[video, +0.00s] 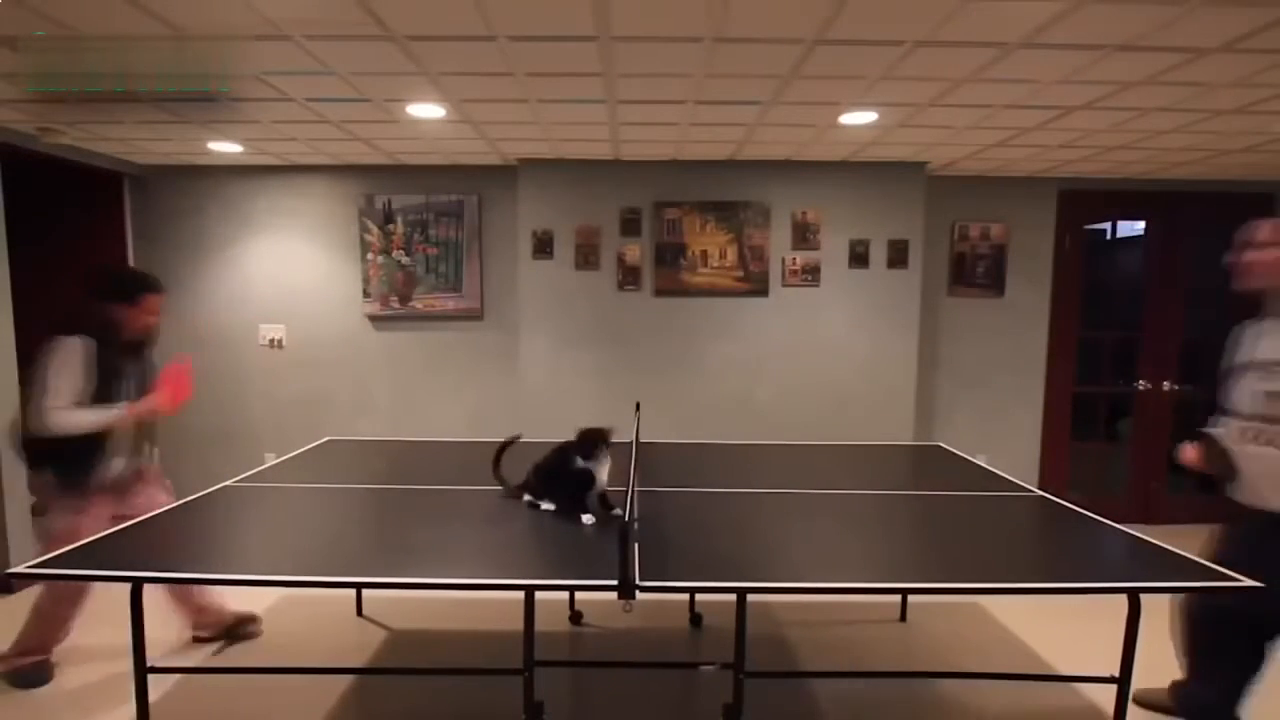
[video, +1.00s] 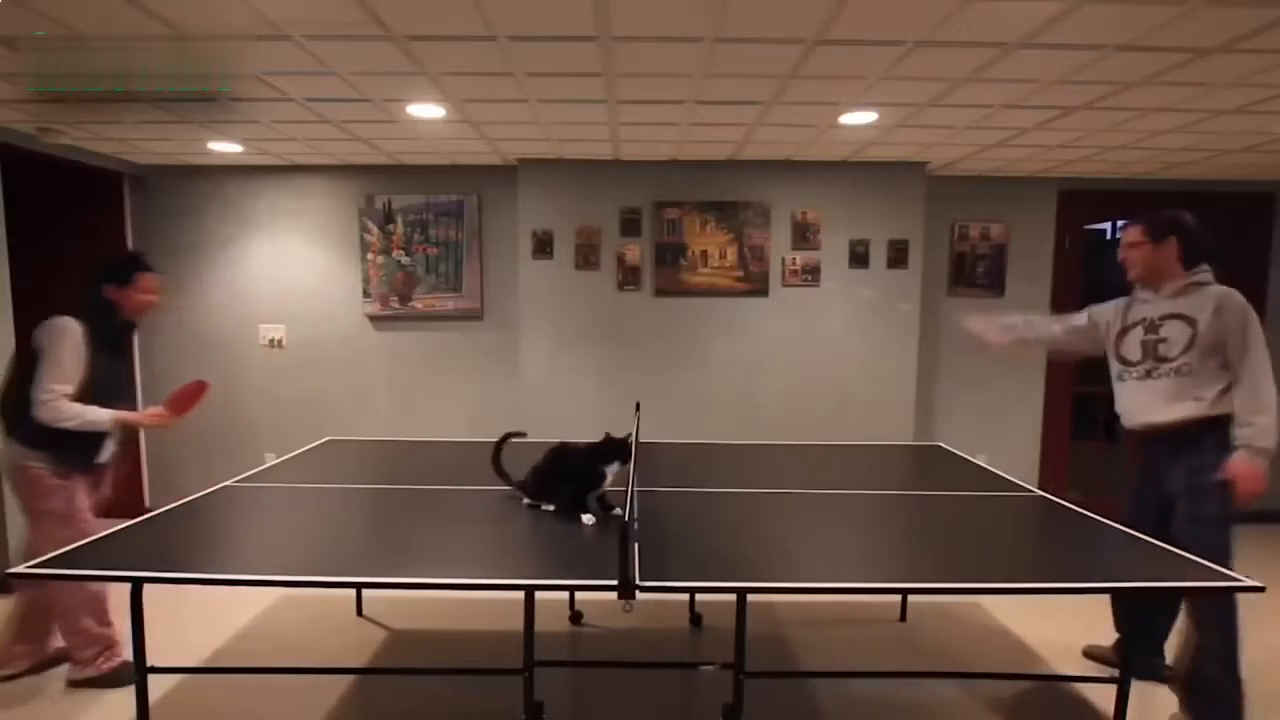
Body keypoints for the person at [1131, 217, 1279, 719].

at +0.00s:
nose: (1245, 257)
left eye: (1260, 246)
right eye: (1244, 246)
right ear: (1239, 259)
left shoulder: (1268, 336)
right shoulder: (1248, 335)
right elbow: (1237, 420)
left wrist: (1215, 448)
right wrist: (1207, 447)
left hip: (1275, 510)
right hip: (1251, 506)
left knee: (1240, 611)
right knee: (1219, 603)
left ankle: (1211, 700)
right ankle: (1202, 693)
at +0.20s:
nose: (1182, 247)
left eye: (1197, 237)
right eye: (1183, 237)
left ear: (1243, 243)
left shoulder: (1276, 311)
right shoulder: (1205, 319)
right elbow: (1199, 395)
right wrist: (1168, 423)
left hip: (1270, 490)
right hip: (1225, 489)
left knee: (1251, 606)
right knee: (1198, 594)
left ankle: (1206, 698)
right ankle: (1197, 692)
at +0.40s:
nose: (1198, 245)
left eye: (1212, 233)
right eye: (1200, 234)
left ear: (1260, 240)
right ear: (1247, 241)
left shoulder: (1277, 313)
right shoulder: (1217, 315)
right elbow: (1201, 389)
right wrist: (1163, 406)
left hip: (1268, 493)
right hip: (1217, 487)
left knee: (1277, 618)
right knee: (1183, 602)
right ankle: (1191, 694)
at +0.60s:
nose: (1172, 273)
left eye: (1183, 261)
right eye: (1172, 262)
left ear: (1223, 260)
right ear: (1216, 264)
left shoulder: (1260, 322)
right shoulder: (1223, 319)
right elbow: (1203, 389)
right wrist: (1139, 398)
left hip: (1234, 484)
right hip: (1199, 479)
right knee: (1165, 570)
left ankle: (1144, 655)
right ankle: (1143, 655)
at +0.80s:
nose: (1129, 269)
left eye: (1137, 258)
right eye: (1127, 258)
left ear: (1171, 259)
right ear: (1165, 262)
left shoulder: (1216, 310)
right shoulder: (1172, 310)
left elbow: (1234, 403)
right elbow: (1148, 349)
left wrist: (1201, 476)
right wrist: (1083, 343)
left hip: (1212, 457)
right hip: (1169, 454)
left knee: (1230, 587)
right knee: (1141, 556)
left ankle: (1270, 696)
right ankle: (1138, 653)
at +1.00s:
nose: (1124, 257)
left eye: (1133, 247)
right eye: (1123, 248)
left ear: (1169, 249)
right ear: (1129, 255)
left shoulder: (1222, 304)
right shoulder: (1120, 313)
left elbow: (1256, 377)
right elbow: (1059, 327)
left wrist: (1252, 448)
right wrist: (1000, 329)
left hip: (1203, 446)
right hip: (1146, 447)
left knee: (1205, 573)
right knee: (1140, 553)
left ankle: (1214, 703)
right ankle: (1139, 650)